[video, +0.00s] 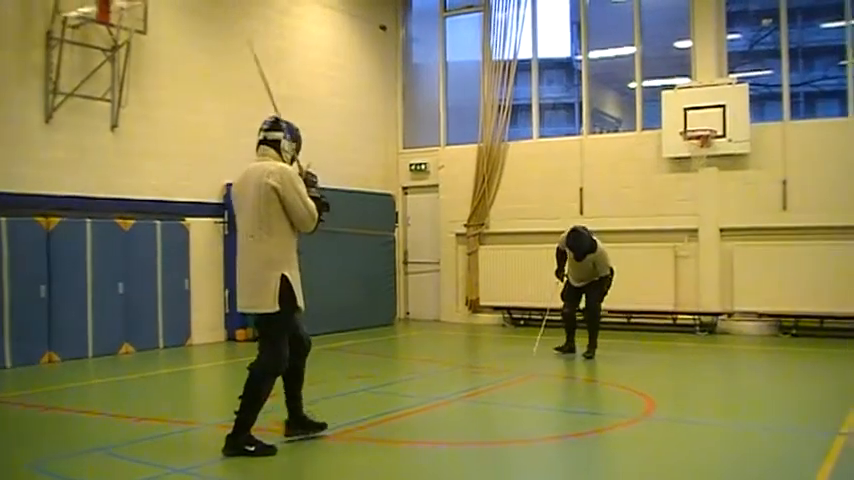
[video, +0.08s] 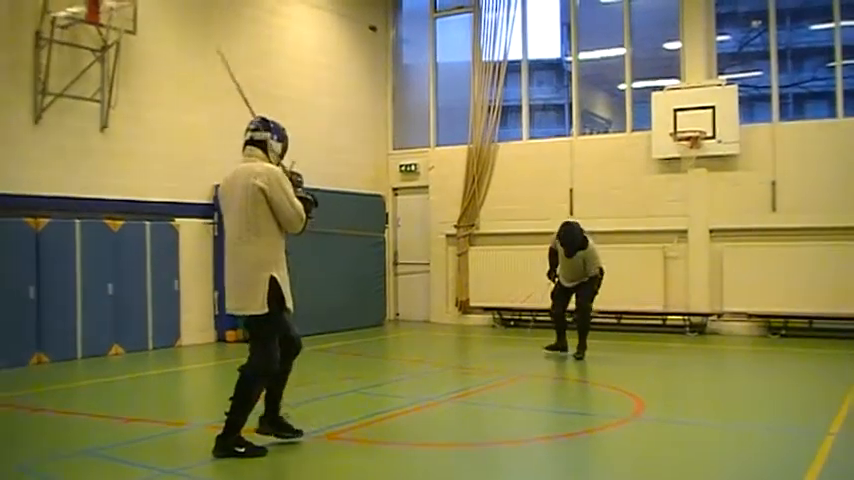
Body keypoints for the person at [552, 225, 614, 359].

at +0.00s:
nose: (577, 256)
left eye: (580, 253)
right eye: (575, 253)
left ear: (588, 248)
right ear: (570, 245)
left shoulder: (599, 252)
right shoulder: (566, 239)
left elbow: (606, 275)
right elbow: (560, 250)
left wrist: (601, 296)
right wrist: (560, 268)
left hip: (594, 281)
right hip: (573, 280)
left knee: (592, 311)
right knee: (567, 311)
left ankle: (592, 347)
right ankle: (570, 343)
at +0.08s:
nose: (567, 250)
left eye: (570, 248)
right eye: (565, 246)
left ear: (579, 243)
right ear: (561, 241)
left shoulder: (589, 249)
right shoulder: (558, 240)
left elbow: (597, 273)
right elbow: (553, 251)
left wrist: (590, 296)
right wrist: (552, 268)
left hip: (584, 281)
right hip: (564, 281)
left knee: (583, 311)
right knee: (556, 311)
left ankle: (581, 347)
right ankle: (561, 342)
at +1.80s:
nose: (538, 222)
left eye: (541, 219)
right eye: (537, 219)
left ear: (551, 219)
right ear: (536, 220)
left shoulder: (560, 241)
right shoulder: (536, 236)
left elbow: (549, 264)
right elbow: (521, 256)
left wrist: (526, 261)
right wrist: (524, 248)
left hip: (560, 281)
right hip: (545, 282)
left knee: (552, 311)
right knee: (543, 311)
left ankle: (557, 349)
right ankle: (543, 338)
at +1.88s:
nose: (537, 223)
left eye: (540, 219)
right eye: (535, 219)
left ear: (549, 219)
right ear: (533, 220)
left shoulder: (557, 242)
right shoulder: (535, 238)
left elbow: (547, 265)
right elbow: (519, 259)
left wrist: (524, 261)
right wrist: (522, 246)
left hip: (557, 283)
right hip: (542, 284)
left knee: (551, 311)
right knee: (539, 312)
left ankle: (556, 349)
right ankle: (540, 339)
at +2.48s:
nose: (525, 227)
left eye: (529, 223)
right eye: (524, 223)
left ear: (538, 223)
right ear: (522, 223)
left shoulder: (546, 245)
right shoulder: (521, 240)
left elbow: (541, 271)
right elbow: (508, 260)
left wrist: (515, 267)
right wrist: (519, 245)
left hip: (541, 285)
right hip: (526, 286)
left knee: (533, 308)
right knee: (527, 315)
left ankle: (534, 347)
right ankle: (538, 338)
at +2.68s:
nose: (522, 236)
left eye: (526, 233)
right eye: (521, 232)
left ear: (534, 230)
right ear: (519, 229)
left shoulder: (543, 250)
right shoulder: (518, 242)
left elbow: (538, 274)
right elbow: (506, 260)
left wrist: (513, 271)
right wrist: (515, 250)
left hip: (539, 288)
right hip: (524, 288)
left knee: (532, 310)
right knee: (523, 316)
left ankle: (534, 348)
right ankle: (529, 340)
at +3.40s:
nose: (513, 221)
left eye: (516, 217)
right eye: (511, 217)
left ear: (525, 217)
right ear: (510, 218)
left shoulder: (535, 239)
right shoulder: (508, 235)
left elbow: (531, 266)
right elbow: (494, 254)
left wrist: (505, 260)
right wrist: (507, 242)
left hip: (529, 283)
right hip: (512, 283)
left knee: (526, 314)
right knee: (505, 311)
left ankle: (533, 349)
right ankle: (515, 330)